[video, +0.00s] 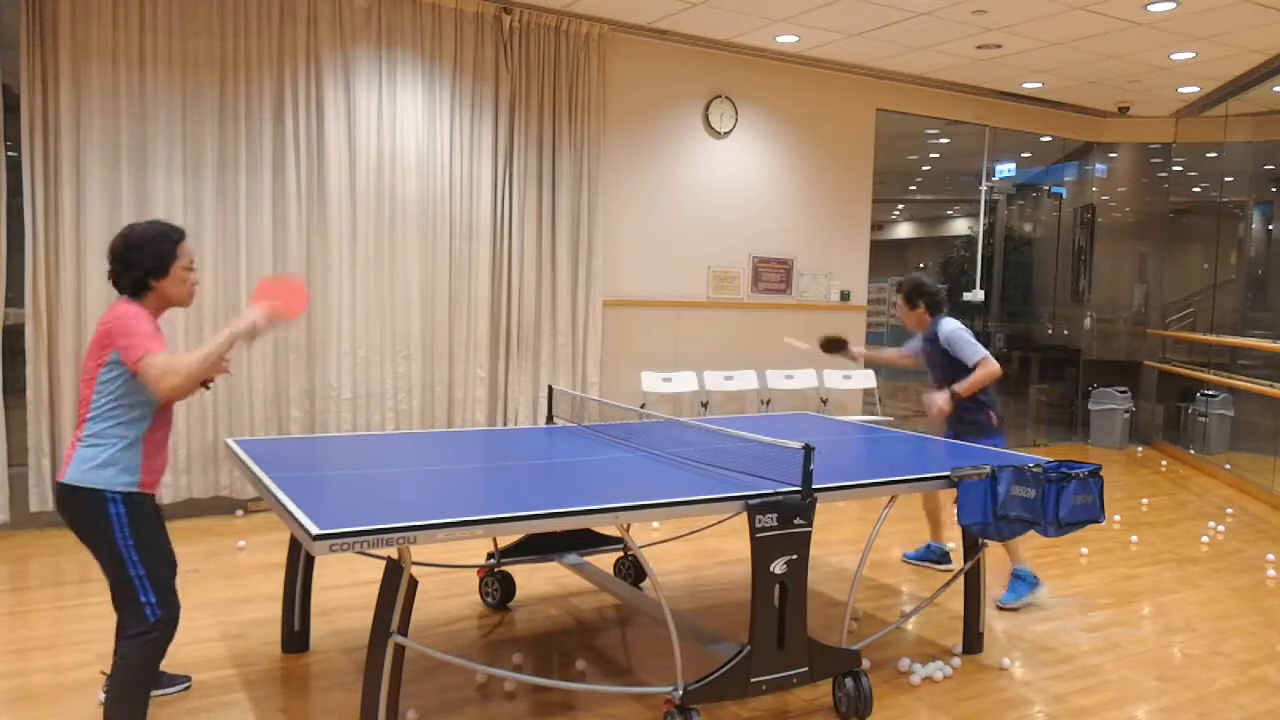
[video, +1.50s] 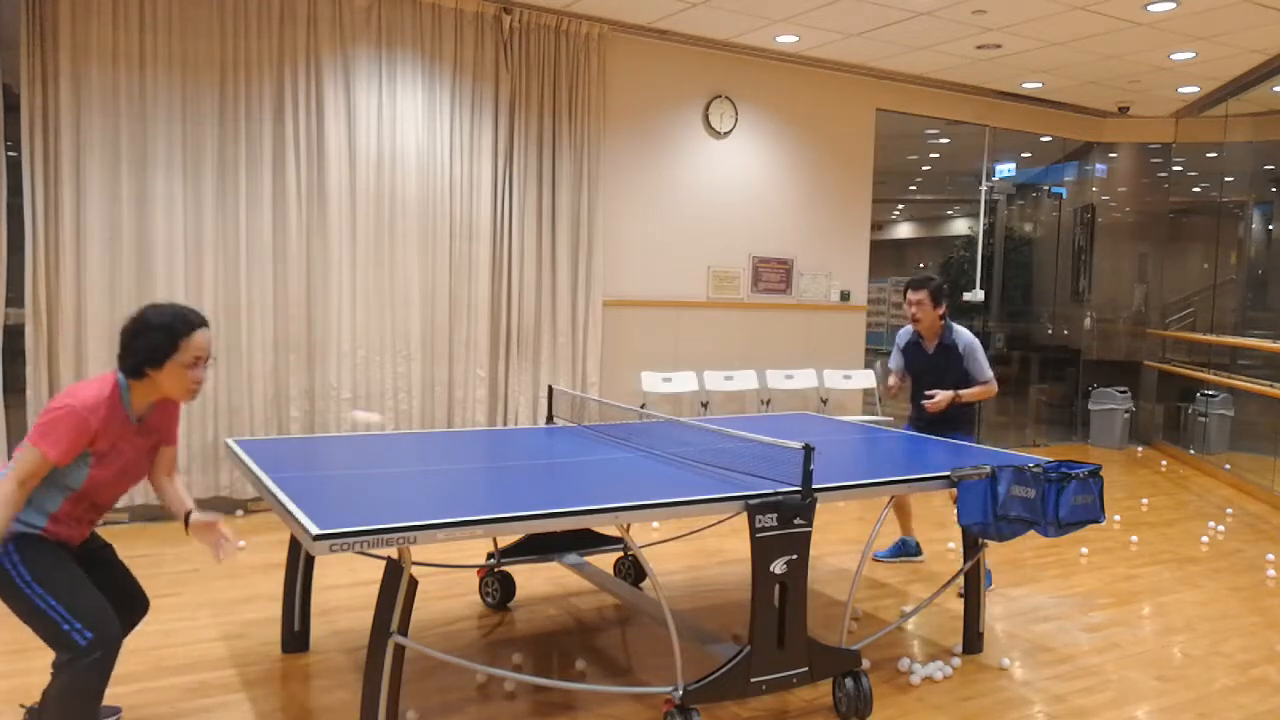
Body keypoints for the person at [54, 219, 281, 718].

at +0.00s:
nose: (195, 272)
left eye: (192, 262)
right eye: (186, 264)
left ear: (156, 276)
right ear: (155, 275)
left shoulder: (142, 322)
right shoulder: (127, 318)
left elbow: (156, 390)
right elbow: (166, 380)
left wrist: (201, 375)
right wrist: (237, 330)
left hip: (124, 485)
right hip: (102, 488)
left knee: (155, 576)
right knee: (155, 612)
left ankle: (130, 676)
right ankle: (122, 708)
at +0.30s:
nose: (213, 330)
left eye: (214, 318)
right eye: (205, 319)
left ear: (176, 324)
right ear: (167, 323)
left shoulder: (187, 366)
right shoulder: (103, 369)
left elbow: (202, 424)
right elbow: (42, 431)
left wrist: (204, 420)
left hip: (131, 512)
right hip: (79, 513)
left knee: (173, 579)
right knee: (151, 617)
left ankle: (116, 675)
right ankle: (122, 709)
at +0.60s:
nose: (199, 292)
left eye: (200, 281)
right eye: (191, 280)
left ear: (151, 281)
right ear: (152, 279)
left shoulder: (132, 323)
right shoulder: (121, 319)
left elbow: (176, 381)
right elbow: (172, 378)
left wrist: (231, 341)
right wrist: (238, 327)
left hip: (71, 497)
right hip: (83, 502)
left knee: (104, 605)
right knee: (158, 627)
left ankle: (86, 706)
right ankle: (117, 714)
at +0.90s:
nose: (177, 270)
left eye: (176, 259)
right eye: (168, 261)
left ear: (129, 267)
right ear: (132, 266)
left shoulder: (109, 313)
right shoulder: (100, 310)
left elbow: (145, 382)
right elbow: (150, 380)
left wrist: (195, 343)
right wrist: (218, 331)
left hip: (48, 488)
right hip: (60, 492)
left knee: (70, 618)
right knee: (111, 634)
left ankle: (49, 711)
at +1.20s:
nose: (185, 319)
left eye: (184, 307)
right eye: (176, 309)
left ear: (141, 317)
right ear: (136, 316)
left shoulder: (146, 359)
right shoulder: (77, 366)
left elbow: (157, 422)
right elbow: (29, 462)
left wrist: (185, 448)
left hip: (69, 513)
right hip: (21, 517)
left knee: (105, 625)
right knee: (94, 641)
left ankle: (51, 706)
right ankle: (63, 714)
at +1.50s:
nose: (203, 375)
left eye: (206, 363)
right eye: (195, 364)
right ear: (153, 363)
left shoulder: (164, 405)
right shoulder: (84, 408)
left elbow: (165, 476)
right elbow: (16, 481)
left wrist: (191, 516)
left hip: (70, 535)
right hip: (19, 536)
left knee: (129, 605)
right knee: (96, 636)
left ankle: (62, 704)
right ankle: (63, 713)